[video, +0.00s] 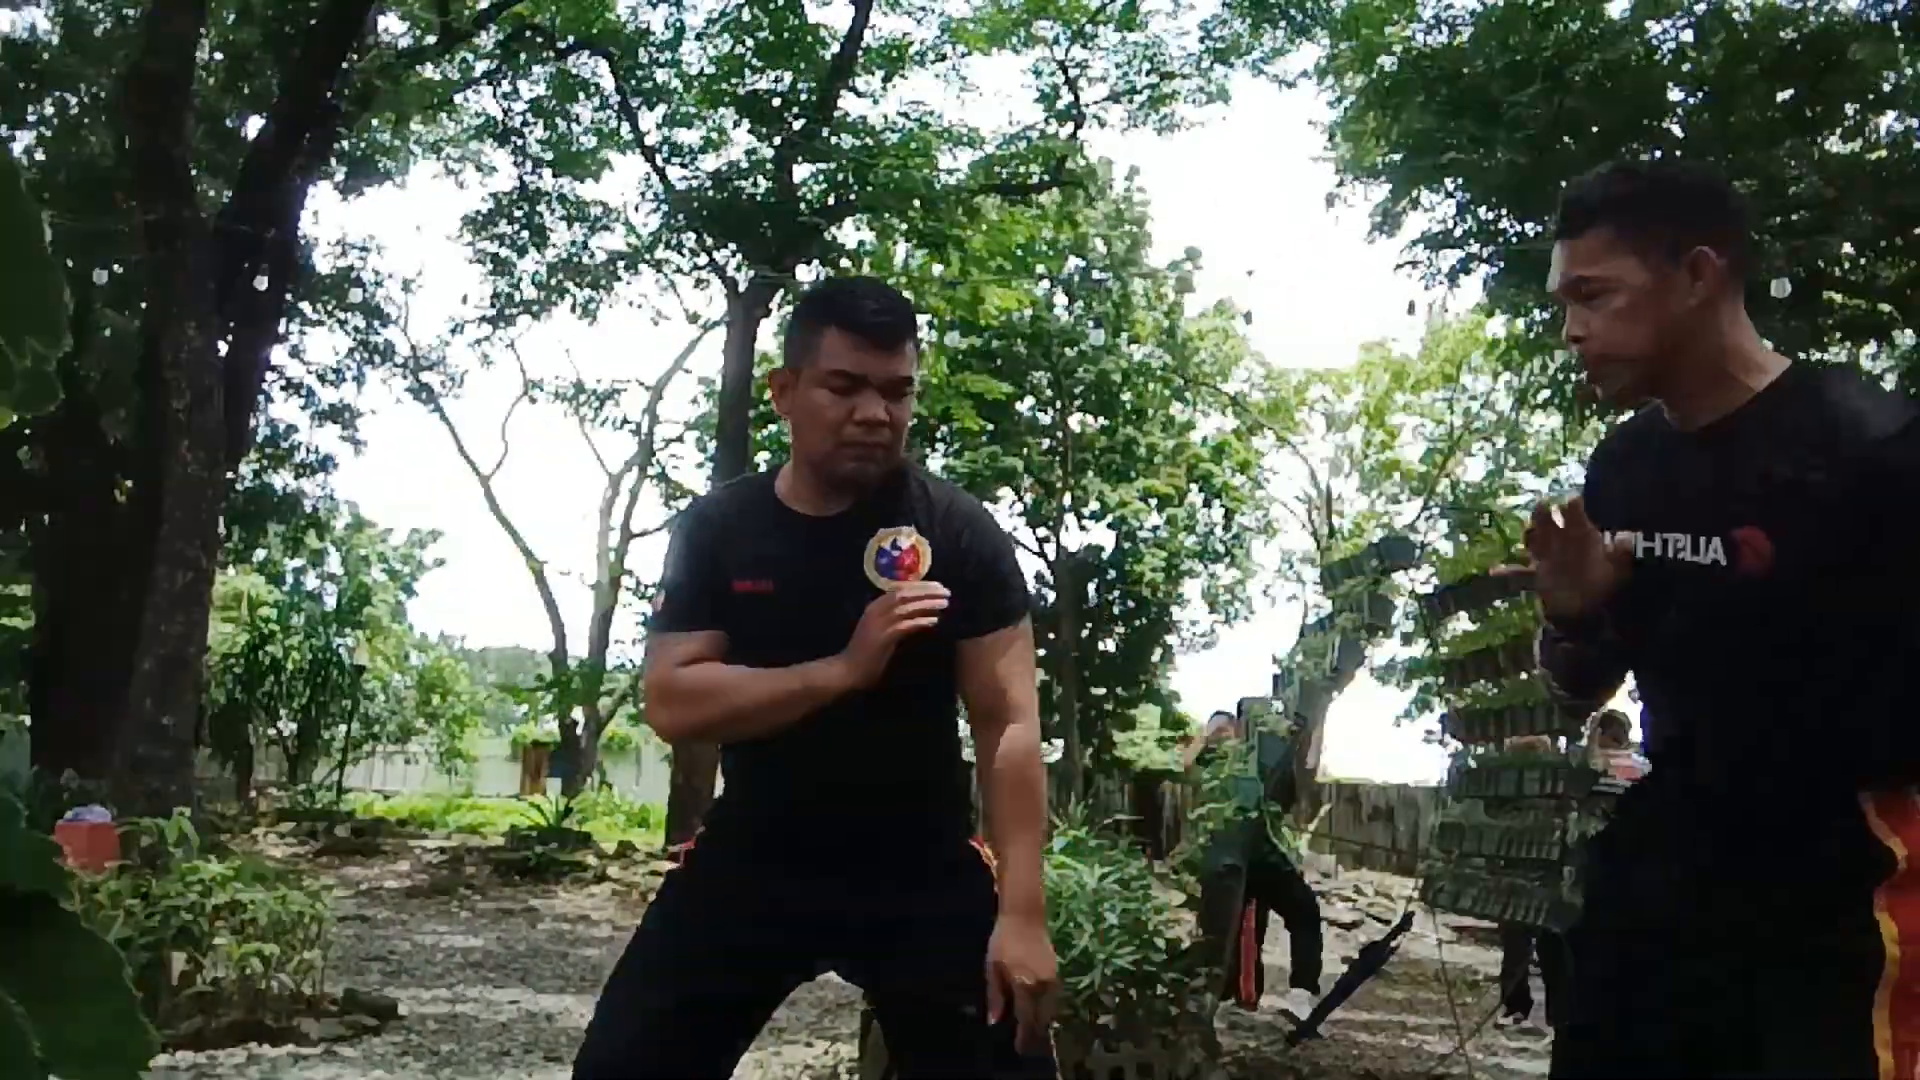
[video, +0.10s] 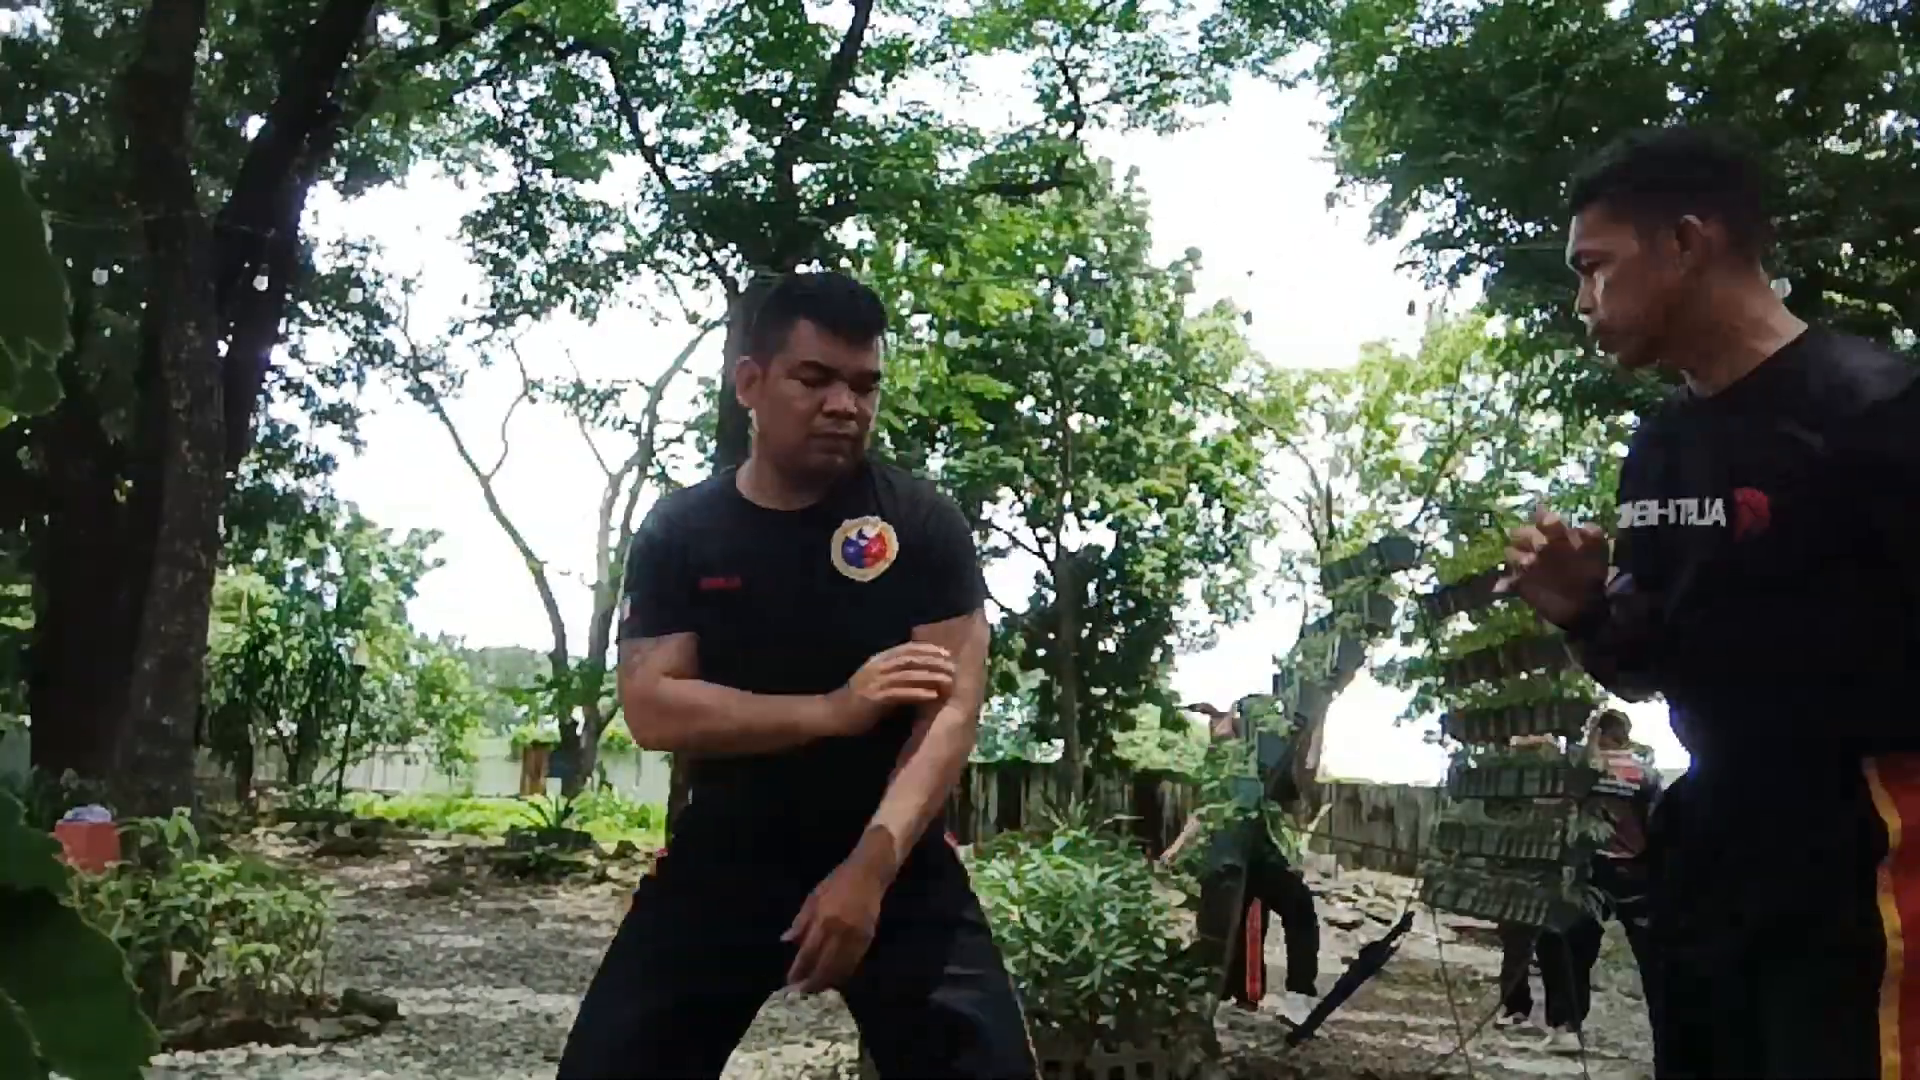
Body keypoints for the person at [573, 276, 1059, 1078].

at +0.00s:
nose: (873, 415)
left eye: (895, 392)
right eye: (844, 388)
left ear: (914, 398)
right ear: (783, 393)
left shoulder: (961, 533)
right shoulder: (716, 526)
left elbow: (1007, 722)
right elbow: (671, 702)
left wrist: (1024, 913)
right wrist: (842, 671)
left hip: (917, 867)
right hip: (754, 862)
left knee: (1003, 1060)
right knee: (621, 1062)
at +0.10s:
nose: (845, 407)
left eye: (863, 384)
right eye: (816, 378)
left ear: (880, 391)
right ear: (750, 380)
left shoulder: (924, 520)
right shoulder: (679, 529)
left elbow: (957, 705)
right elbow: (651, 710)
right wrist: (834, 709)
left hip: (894, 865)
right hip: (722, 867)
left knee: (986, 1065)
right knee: (605, 1066)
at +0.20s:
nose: (802, 396)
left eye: (821, 376)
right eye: (776, 366)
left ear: (834, 384)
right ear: (706, 361)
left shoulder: (858, 510)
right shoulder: (614, 512)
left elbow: (899, 684)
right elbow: (574, 700)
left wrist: (778, 809)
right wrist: (736, 790)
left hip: (818, 866)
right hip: (646, 867)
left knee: (904, 1062)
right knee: (582, 1063)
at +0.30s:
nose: (791, 389)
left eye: (808, 371)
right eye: (770, 358)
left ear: (817, 376)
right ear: (697, 343)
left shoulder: (818, 501)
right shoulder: (583, 493)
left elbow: (852, 668)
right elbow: (495, 672)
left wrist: (771, 784)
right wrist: (625, 814)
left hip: (774, 863)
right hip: (606, 867)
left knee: (843, 1064)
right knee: (578, 1065)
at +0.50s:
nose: (824, 409)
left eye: (836, 392)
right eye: (821, 379)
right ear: (756, 343)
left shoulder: (775, 482)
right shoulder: (596, 443)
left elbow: (781, 632)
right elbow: (479, 600)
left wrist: (775, 769)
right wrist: (573, 771)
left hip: (717, 826)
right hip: (582, 819)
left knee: (742, 1061)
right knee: (566, 1062)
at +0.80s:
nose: (905, 582)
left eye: (918, 565)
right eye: (912, 557)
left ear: (874, 516)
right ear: (873, 516)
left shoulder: (820, 618)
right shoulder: (730, 560)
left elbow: (769, 738)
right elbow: (595, 676)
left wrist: (776, 865)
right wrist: (657, 823)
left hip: (684, 851)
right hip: (585, 831)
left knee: (708, 1044)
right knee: (590, 1047)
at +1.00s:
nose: (956, 854)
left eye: (972, 844)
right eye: (970, 835)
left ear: (937, 786)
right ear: (944, 790)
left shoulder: (853, 856)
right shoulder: (810, 753)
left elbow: (829, 1003)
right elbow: (639, 783)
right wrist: (656, 936)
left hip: (670, 886)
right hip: (565, 852)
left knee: (751, 1035)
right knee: (594, 1050)